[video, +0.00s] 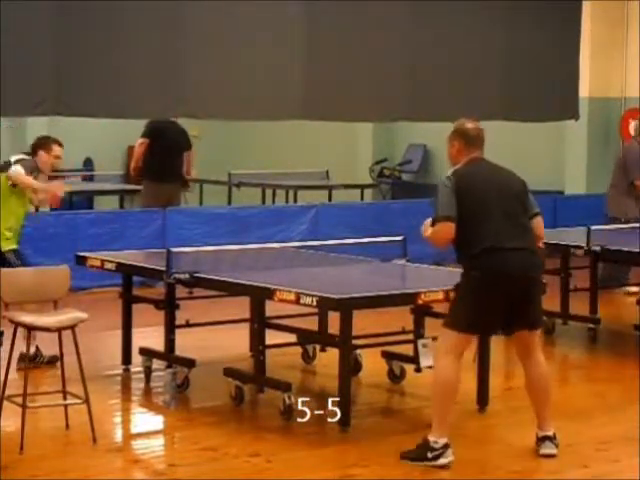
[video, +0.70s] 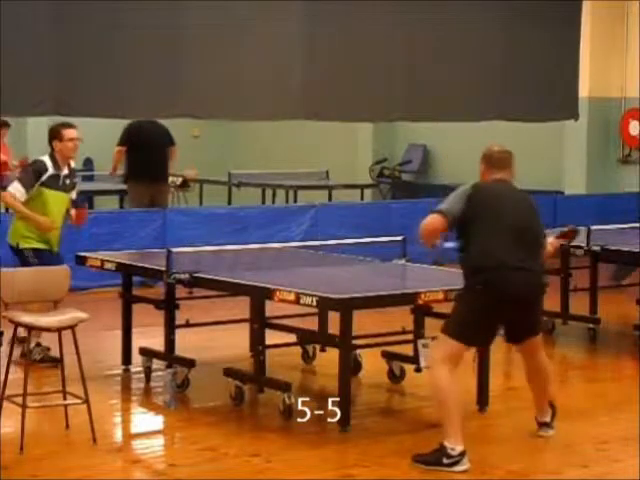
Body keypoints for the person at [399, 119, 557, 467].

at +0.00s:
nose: (448, 154)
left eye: (448, 148)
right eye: (448, 148)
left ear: (456, 146)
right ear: (482, 146)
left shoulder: (453, 180)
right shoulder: (513, 178)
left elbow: (445, 234)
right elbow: (537, 234)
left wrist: (429, 231)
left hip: (485, 273)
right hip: (527, 271)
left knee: (448, 352)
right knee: (531, 352)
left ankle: (437, 442)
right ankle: (546, 435)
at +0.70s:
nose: (479, 176)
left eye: (479, 171)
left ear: (483, 170)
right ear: (512, 172)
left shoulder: (471, 192)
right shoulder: (526, 201)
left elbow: (429, 228)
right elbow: (545, 250)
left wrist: (431, 238)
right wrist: (546, 246)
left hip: (485, 286)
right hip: (529, 285)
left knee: (442, 359)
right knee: (533, 348)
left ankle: (453, 448)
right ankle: (545, 416)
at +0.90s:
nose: (498, 182)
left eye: (498, 177)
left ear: (501, 177)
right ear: (529, 178)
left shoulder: (497, 195)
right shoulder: (538, 203)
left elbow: (474, 223)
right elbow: (537, 244)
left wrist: (449, 244)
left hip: (508, 282)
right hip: (547, 282)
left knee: (477, 357)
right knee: (548, 342)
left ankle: (457, 443)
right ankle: (546, 416)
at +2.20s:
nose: (479, 179)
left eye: (479, 173)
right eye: (481, 173)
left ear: (486, 173)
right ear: (510, 173)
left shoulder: (494, 209)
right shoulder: (526, 209)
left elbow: (482, 262)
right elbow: (517, 261)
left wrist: (438, 253)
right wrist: (455, 255)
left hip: (508, 311)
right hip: (548, 305)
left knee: (450, 375)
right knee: (549, 358)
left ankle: (460, 463)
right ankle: (572, 434)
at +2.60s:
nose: (478, 159)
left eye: (479, 154)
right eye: (480, 153)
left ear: (484, 159)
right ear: (513, 159)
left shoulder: (487, 201)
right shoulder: (533, 198)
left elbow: (460, 255)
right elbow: (524, 251)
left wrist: (429, 248)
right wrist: (469, 242)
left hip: (491, 309)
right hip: (532, 307)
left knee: (444, 366)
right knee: (537, 363)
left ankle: (463, 461)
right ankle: (570, 435)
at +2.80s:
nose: (472, 151)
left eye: (473, 146)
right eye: (477, 146)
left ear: (476, 148)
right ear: (508, 150)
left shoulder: (464, 187)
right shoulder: (529, 191)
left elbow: (438, 244)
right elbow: (548, 251)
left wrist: (435, 237)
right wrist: (518, 256)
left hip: (472, 295)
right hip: (520, 296)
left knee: (424, 365)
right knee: (543, 366)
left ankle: (439, 452)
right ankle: (562, 446)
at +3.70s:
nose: (451, 165)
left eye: (453, 159)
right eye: (453, 159)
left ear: (459, 158)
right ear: (483, 157)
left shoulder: (449, 188)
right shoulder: (512, 190)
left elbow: (433, 246)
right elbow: (535, 245)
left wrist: (460, 242)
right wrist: (507, 250)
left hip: (472, 285)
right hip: (518, 284)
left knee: (432, 362)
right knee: (534, 360)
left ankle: (418, 448)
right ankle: (545, 441)